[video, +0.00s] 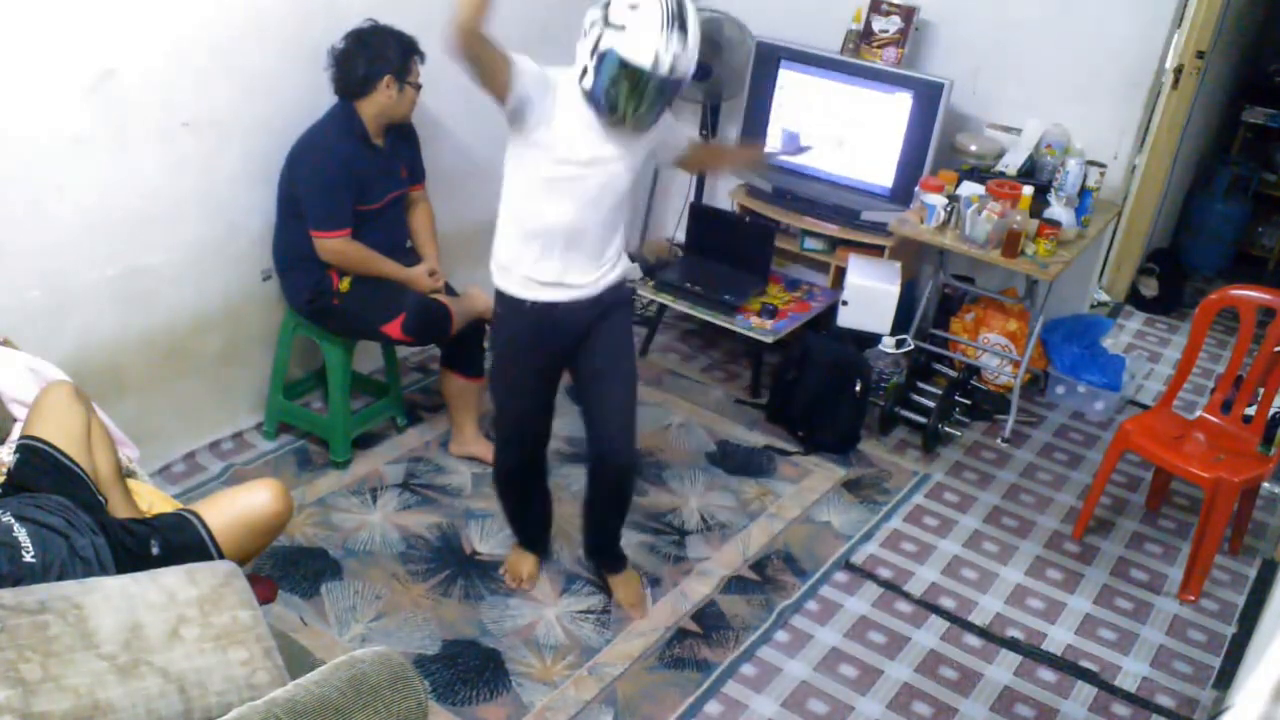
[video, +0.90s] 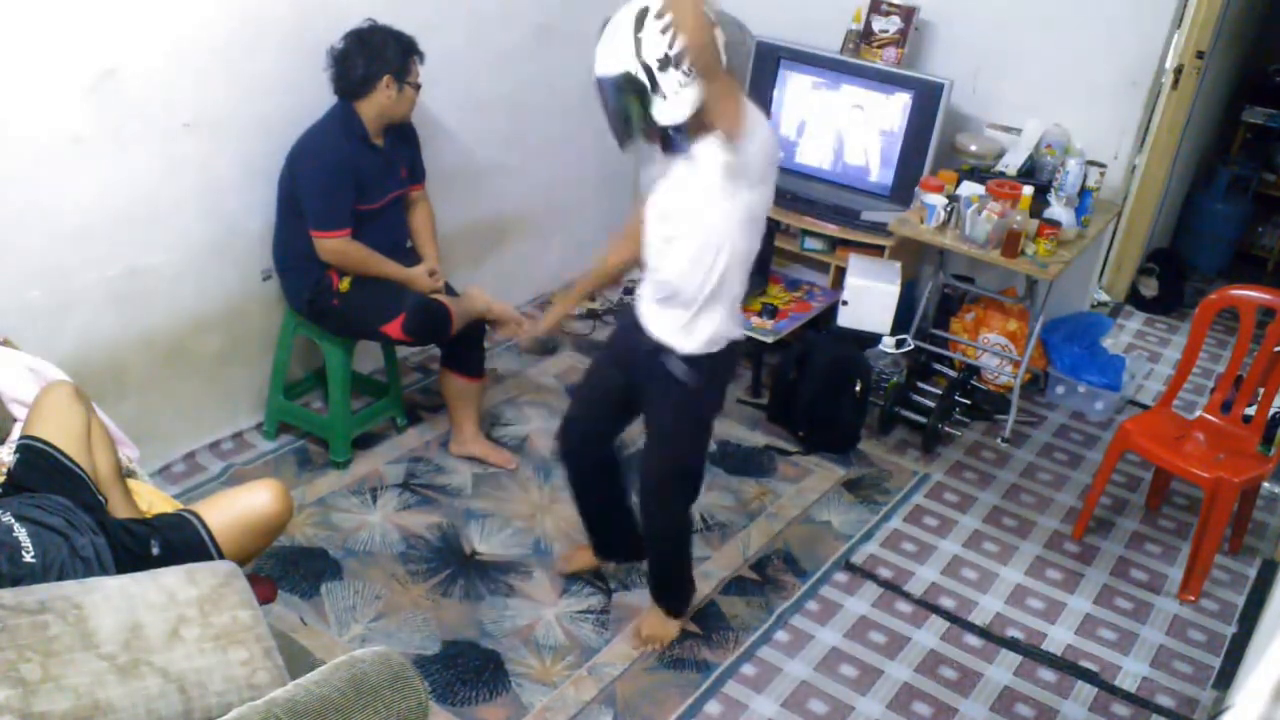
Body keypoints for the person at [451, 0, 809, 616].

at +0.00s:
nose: (636, 102)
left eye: (654, 89)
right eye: (627, 81)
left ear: (671, 80)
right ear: (595, 54)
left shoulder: (655, 126)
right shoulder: (538, 90)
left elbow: (702, 157)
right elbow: (466, 39)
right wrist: (482, 0)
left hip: (604, 306)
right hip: (525, 306)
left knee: (616, 450)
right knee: (517, 449)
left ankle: (606, 554)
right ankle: (529, 541)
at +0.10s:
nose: (639, 52)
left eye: (653, 43)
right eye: (630, 34)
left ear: (662, 47)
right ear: (601, 24)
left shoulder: (641, 94)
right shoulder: (539, 62)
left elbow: (667, 127)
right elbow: (434, 26)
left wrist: (729, 116)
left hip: (606, 283)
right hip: (528, 283)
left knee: (620, 428)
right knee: (526, 424)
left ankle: (613, 552)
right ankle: (525, 533)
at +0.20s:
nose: (614, 29)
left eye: (625, 22)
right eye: (609, 18)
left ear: (644, 26)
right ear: (583, 7)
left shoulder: (645, 48)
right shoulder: (525, 41)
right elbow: (427, 7)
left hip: (613, 266)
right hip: (529, 266)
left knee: (613, 427)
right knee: (513, 423)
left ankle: (612, 556)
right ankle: (509, 549)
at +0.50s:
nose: (583, 93)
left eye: (596, 76)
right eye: (565, 77)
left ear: (621, 66)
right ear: (534, 75)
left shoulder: (644, 95)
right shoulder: (516, 120)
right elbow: (471, 94)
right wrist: (517, 4)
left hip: (624, 321)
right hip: (538, 323)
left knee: (629, 489)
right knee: (499, 477)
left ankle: (615, 575)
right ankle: (479, 597)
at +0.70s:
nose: (582, 86)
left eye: (595, 70)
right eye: (569, 71)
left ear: (631, 42)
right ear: (555, 51)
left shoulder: (706, 78)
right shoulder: (555, 79)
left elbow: (833, 125)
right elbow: (527, 183)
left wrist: (873, 57)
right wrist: (503, 287)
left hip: (665, 302)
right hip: (595, 289)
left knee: (642, 458)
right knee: (552, 429)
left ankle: (663, 592)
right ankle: (546, 554)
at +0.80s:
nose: (618, 108)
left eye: (626, 91)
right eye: (606, 94)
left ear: (666, 68)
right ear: (599, 83)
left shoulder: (741, 131)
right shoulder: (627, 136)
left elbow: (797, 55)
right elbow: (588, 238)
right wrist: (515, 327)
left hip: (683, 353)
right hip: (619, 327)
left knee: (657, 493)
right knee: (568, 447)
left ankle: (674, 603)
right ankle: (603, 550)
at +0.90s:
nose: (655, 97)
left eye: (657, 81)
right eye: (647, 86)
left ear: (701, 75)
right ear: (654, 95)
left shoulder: (748, 151)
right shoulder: (675, 165)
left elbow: (702, 57)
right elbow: (626, 250)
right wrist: (561, 305)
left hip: (696, 360)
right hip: (640, 335)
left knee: (663, 499)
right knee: (580, 438)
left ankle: (672, 606)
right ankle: (617, 545)